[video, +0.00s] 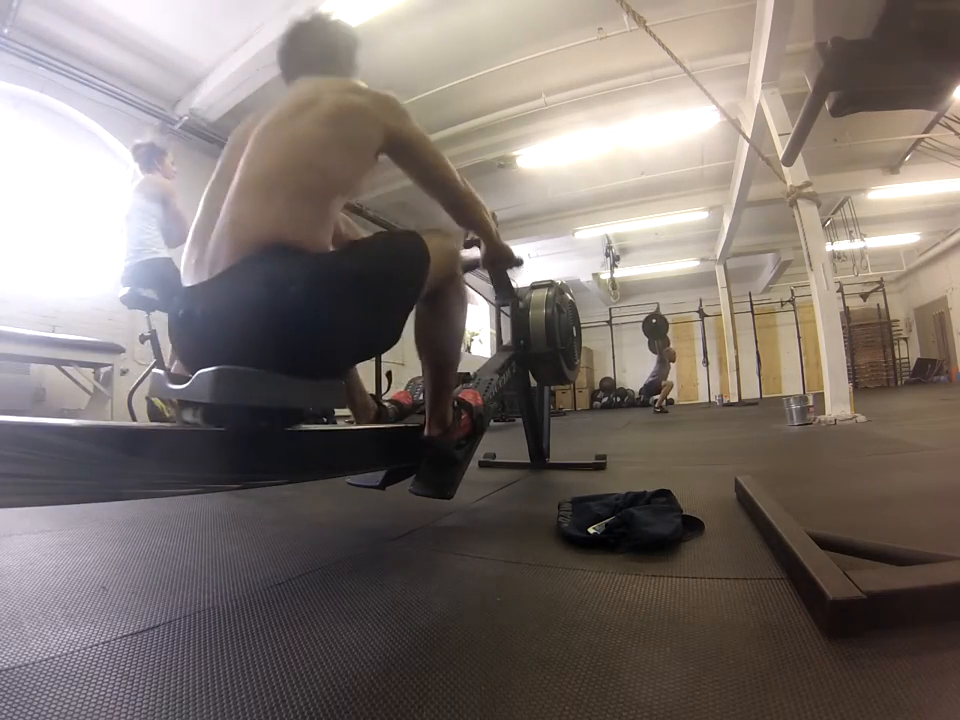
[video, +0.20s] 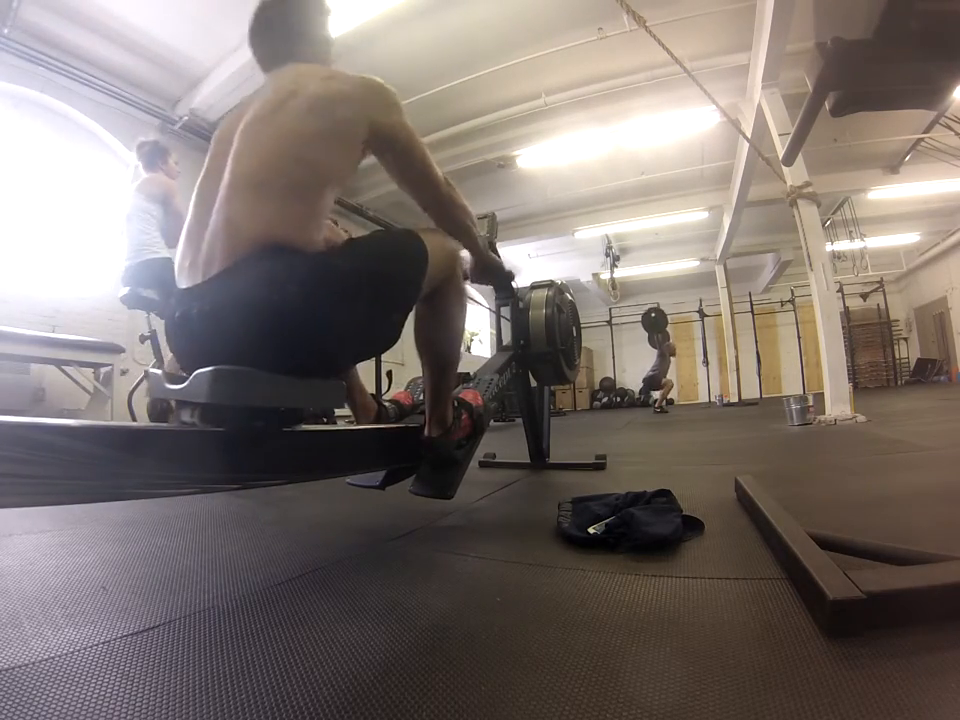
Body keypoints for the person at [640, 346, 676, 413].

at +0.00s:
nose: (675, 356)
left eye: (675, 354)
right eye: (673, 354)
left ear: (668, 355)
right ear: (668, 355)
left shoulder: (667, 365)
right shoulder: (662, 361)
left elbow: (664, 380)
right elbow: (659, 349)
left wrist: (665, 399)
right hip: (649, 386)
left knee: (668, 384)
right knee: (669, 384)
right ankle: (658, 406)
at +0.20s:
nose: (675, 350)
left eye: (675, 348)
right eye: (673, 348)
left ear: (669, 349)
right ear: (668, 349)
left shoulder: (667, 358)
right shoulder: (663, 354)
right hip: (650, 380)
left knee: (669, 383)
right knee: (669, 383)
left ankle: (658, 404)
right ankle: (658, 406)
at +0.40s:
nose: (673, 343)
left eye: (673, 340)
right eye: (671, 340)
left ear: (667, 342)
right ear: (666, 341)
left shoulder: (666, 351)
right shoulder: (662, 348)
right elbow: (658, 334)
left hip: (655, 374)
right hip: (650, 374)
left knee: (669, 383)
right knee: (668, 383)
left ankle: (658, 404)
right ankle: (658, 406)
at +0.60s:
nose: (670, 332)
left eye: (669, 330)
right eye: (668, 330)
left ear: (666, 332)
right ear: (662, 331)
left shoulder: (664, 342)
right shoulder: (659, 339)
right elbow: (656, 327)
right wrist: (653, 316)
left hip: (654, 367)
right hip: (650, 366)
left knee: (666, 381)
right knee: (666, 381)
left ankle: (658, 405)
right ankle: (658, 405)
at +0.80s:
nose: (665, 320)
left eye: (664, 318)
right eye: (663, 318)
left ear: (660, 318)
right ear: (657, 317)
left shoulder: (659, 328)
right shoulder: (654, 325)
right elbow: (649, 313)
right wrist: (647, 304)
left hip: (653, 355)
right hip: (649, 355)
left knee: (657, 379)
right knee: (657, 379)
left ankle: (657, 403)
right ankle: (657, 404)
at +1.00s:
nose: (659, 315)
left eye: (658, 313)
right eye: (657, 312)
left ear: (654, 312)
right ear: (651, 312)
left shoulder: (653, 324)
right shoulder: (649, 323)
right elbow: (647, 311)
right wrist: (645, 300)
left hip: (652, 354)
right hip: (649, 354)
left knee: (653, 381)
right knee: (652, 381)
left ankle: (654, 404)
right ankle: (644, 404)